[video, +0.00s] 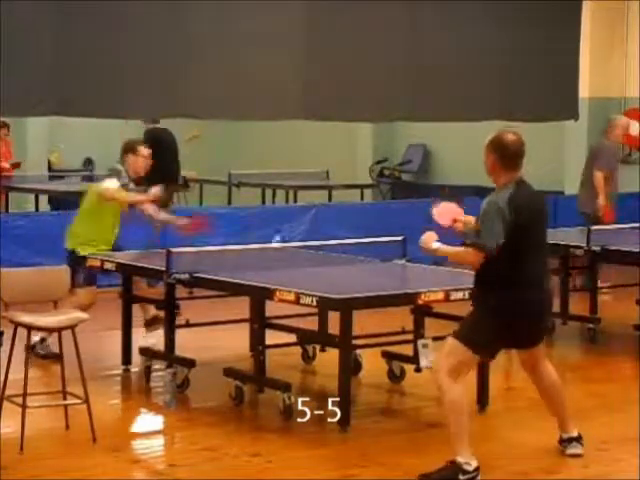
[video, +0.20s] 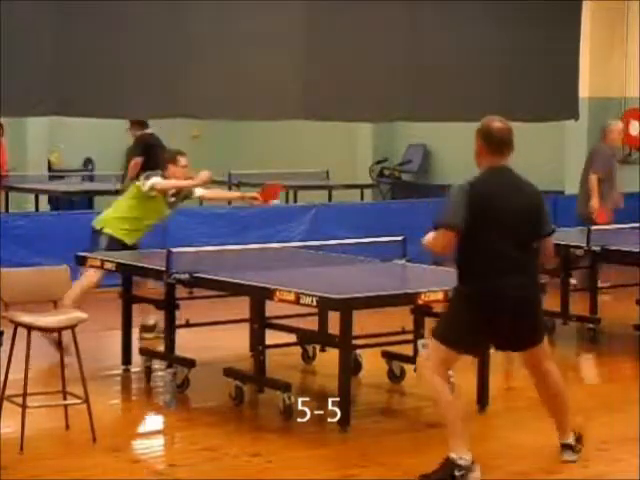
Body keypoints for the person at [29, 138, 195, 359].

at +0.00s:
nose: (147, 164)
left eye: (148, 159)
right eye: (143, 158)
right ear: (128, 158)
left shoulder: (126, 186)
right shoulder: (110, 180)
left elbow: (149, 210)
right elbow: (115, 195)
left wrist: (175, 220)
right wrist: (147, 196)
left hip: (104, 245)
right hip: (83, 246)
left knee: (137, 271)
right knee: (84, 297)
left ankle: (149, 315)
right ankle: (41, 337)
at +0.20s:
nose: (189, 172)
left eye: (189, 167)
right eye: (184, 166)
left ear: (179, 168)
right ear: (170, 168)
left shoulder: (179, 191)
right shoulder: (151, 179)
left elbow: (209, 194)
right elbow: (160, 186)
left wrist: (243, 196)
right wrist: (195, 180)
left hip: (128, 241)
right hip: (108, 232)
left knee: (152, 281)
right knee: (92, 277)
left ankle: (149, 325)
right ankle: (61, 312)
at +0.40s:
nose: (202, 156)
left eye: (203, 151)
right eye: (197, 151)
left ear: (202, 155)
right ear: (184, 154)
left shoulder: (196, 181)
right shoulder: (169, 169)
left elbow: (219, 204)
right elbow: (174, 199)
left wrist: (245, 221)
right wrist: (206, 204)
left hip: (162, 230)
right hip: (138, 223)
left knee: (170, 271)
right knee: (124, 270)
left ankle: (159, 307)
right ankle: (96, 318)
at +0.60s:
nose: (213, 163)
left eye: (215, 158)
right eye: (209, 158)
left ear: (215, 161)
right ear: (196, 160)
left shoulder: (206, 184)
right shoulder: (184, 178)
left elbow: (204, 214)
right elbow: (172, 209)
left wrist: (208, 236)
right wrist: (194, 235)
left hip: (183, 240)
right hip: (160, 239)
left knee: (197, 277)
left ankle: (197, 314)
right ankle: (117, 323)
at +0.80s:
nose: (208, 151)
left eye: (210, 147)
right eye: (203, 147)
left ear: (212, 150)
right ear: (192, 149)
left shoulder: (204, 174)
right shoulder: (179, 167)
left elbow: (195, 206)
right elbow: (161, 198)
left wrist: (191, 229)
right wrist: (181, 227)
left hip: (184, 233)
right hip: (162, 230)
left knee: (195, 273)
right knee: (158, 279)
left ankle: (198, 313)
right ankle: (134, 312)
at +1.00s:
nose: (183, 136)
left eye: (185, 131)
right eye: (179, 131)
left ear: (187, 135)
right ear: (168, 134)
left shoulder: (189, 158)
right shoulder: (154, 153)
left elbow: (189, 195)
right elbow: (136, 183)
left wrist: (188, 225)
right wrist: (166, 196)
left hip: (178, 225)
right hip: (154, 224)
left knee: (190, 269)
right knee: (156, 275)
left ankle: (194, 314)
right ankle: (146, 318)